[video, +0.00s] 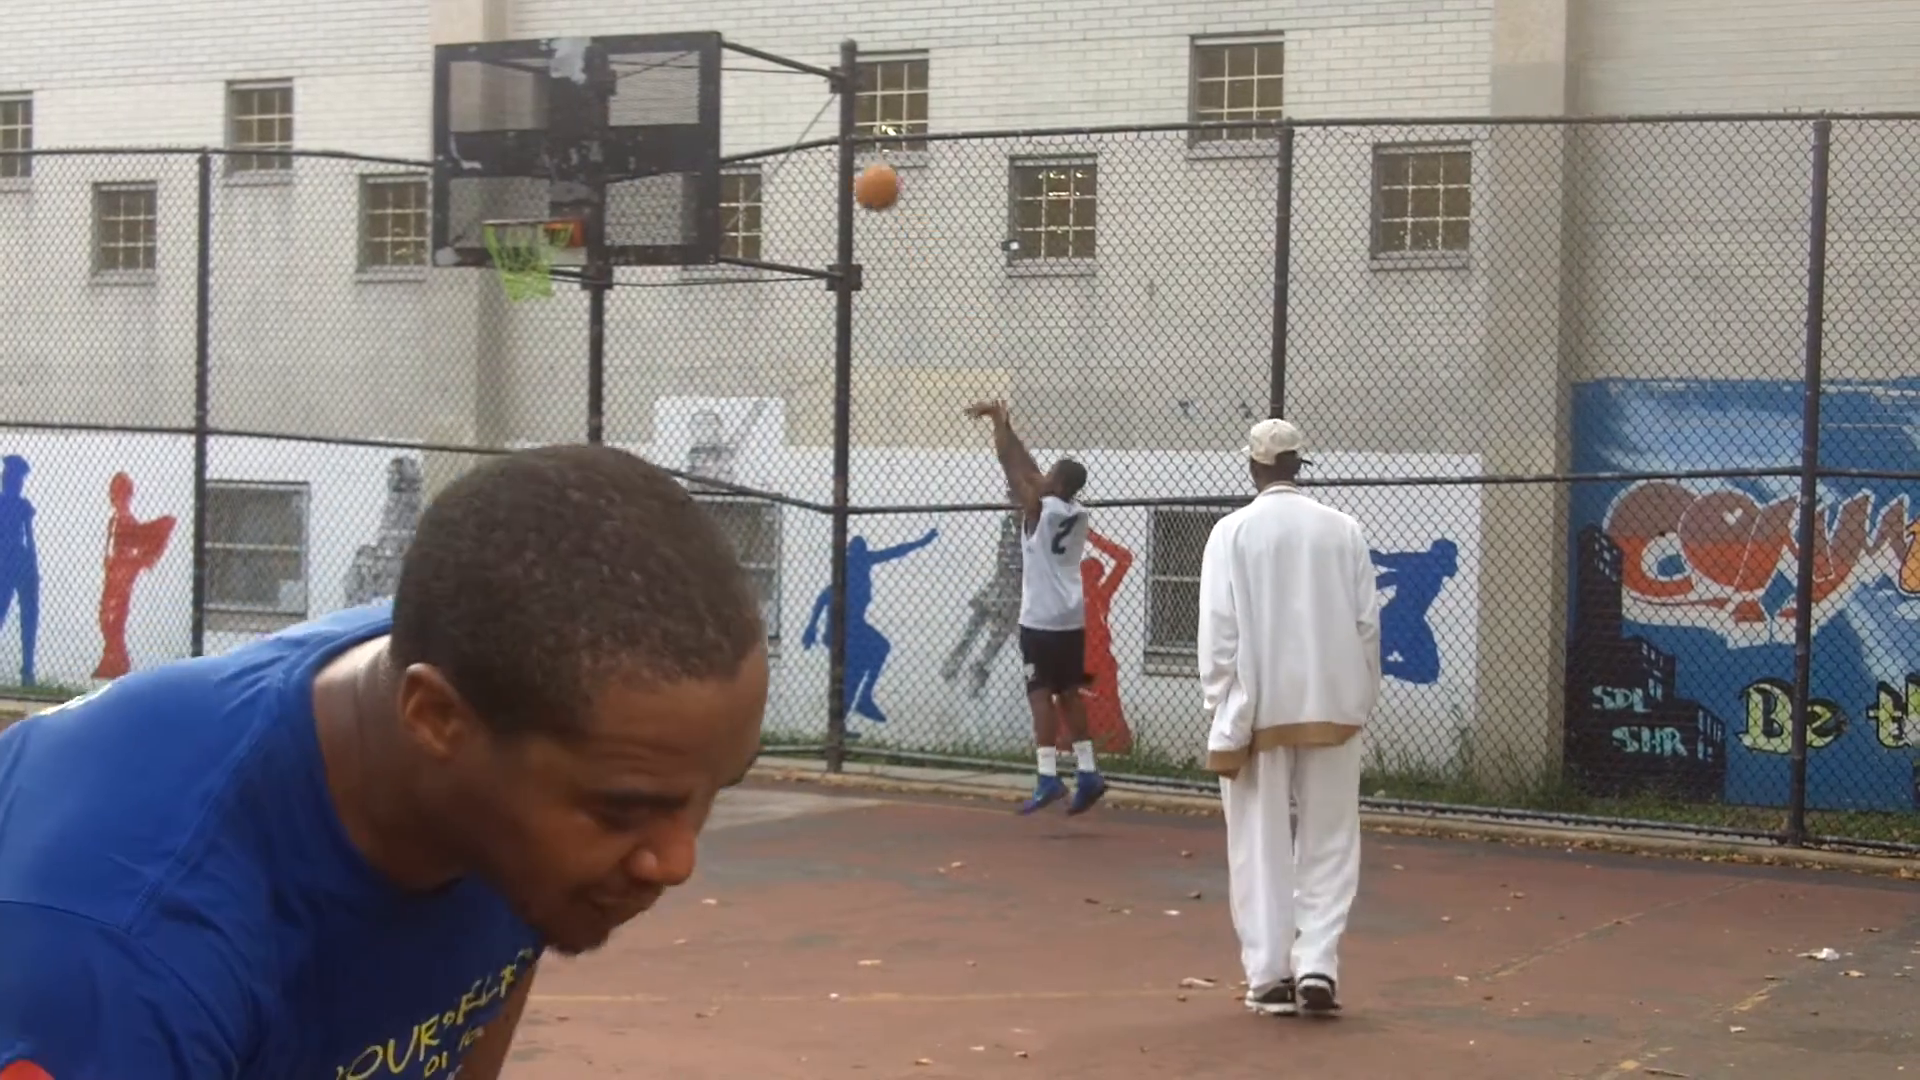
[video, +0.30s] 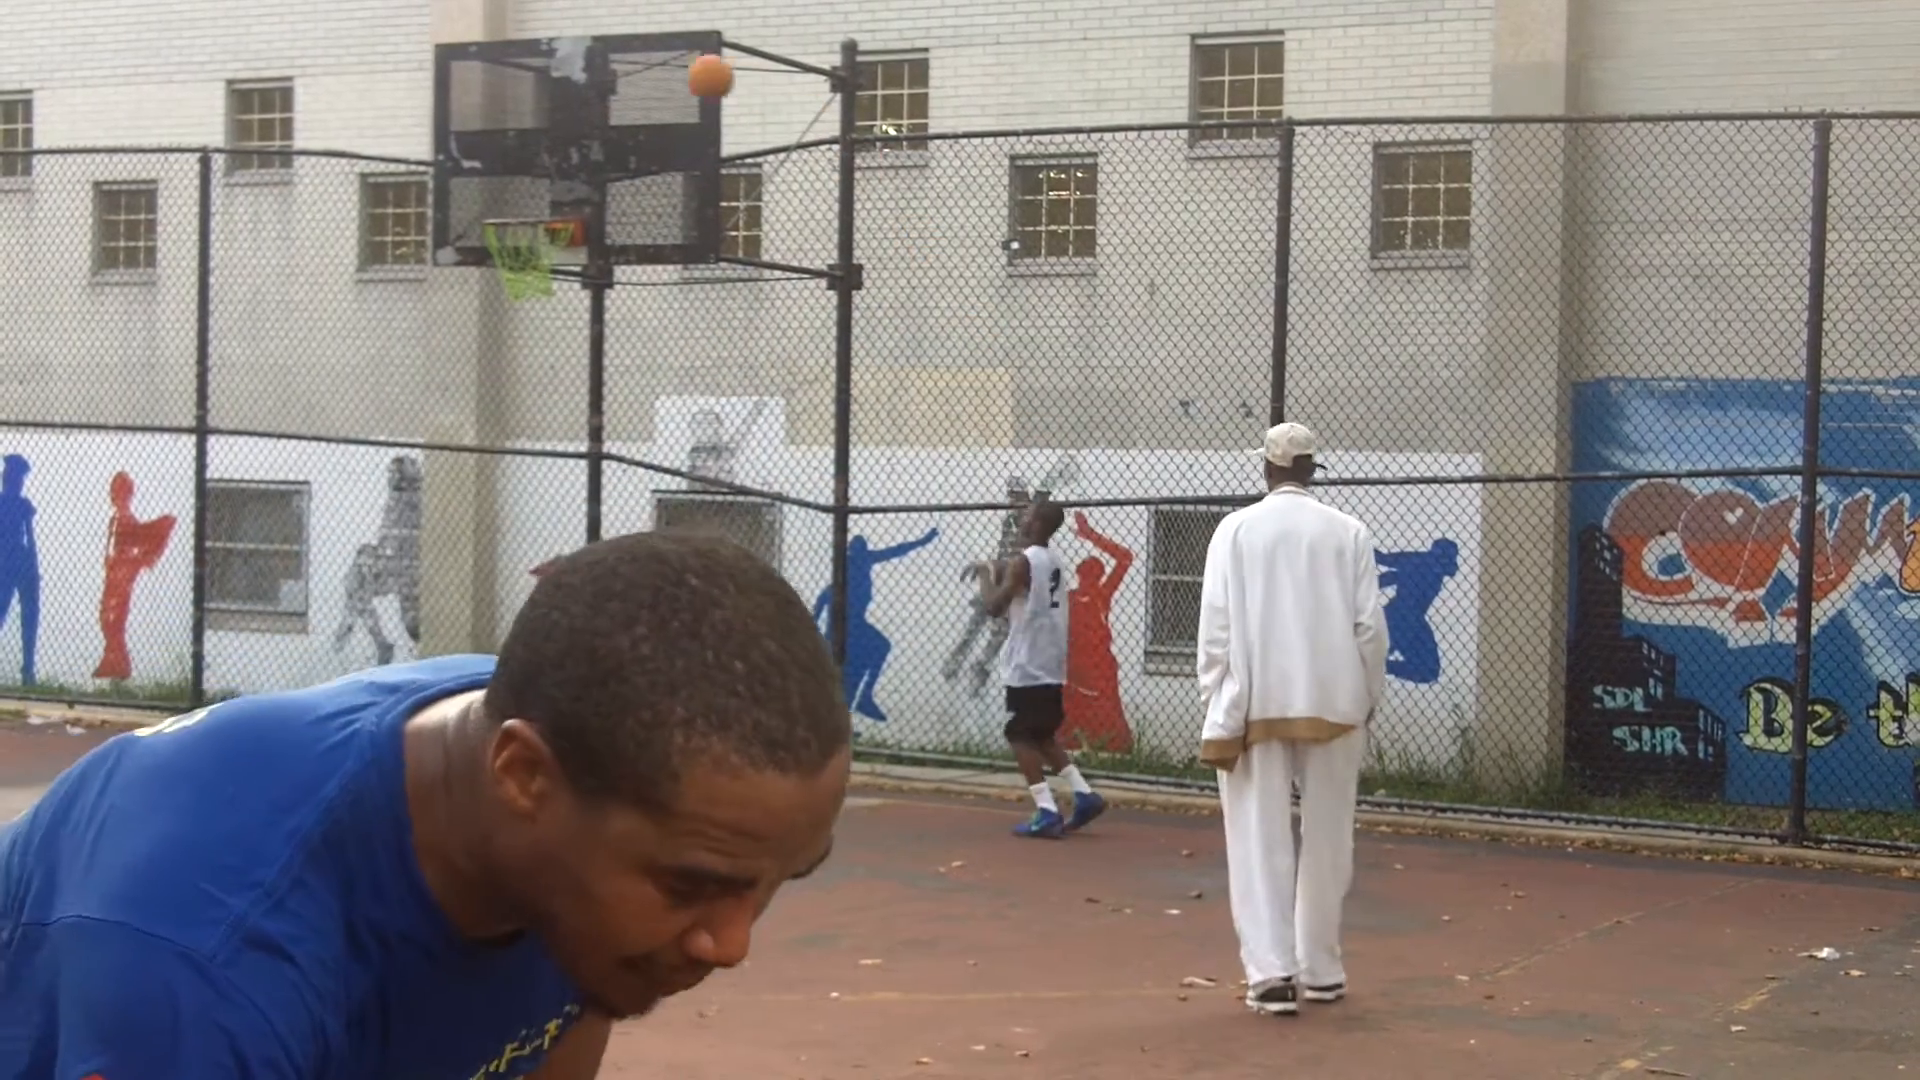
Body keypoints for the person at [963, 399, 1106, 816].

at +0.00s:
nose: (1044, 474)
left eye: (1050, 472)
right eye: (1050, 470)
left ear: (1057, 483)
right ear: (1073, 491)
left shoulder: (1036, 507)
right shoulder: (1078, 516)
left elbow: (1011, 464)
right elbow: (1030, 471)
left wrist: (998, 418)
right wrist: (1005, 424)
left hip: (1038, 617)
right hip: (1073, 617)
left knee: (1040, 695)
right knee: (1070, 693)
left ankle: (1047, 777)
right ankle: (1089, 772)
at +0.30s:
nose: (1023, 520)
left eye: (1030, 516)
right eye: (1026, 515)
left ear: (1040, 526)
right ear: (1049, 528)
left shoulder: (1023, 561)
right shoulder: (1054, 561)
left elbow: (993, 604)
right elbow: (1028, 603)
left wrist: (984, 574)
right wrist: (1003, 575)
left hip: (1027, 667)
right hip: (1052, 666)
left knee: (1019, 736)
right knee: (1041, 736)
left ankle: (1047, 810)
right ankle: (1084, 793)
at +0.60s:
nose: (986, 516)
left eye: (992, 513)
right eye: (990, 511)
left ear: (1001, 523)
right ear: (1012, 527)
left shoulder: (990, 561)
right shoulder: (1023, 558)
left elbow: (1017, 604)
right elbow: (1054, 591)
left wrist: (1012, 652)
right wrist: (1073, 626)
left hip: (1005, 667)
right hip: (1011, 666)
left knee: (1015, 735)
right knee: (984, 723)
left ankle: (1044, 805)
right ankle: (1018, 793)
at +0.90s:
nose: (943, 527)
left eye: (949, 523)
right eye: (946, 521)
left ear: (958, 532)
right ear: (968, 535)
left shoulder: (948, 569)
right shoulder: (978, 566)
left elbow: (944, 624)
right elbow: (982, 619)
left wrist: (906, 654)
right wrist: (955, 660)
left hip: (971, 673)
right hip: (981, 670)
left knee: (985, 738)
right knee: (949, 727)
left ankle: (1032, 797)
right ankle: (985, 797)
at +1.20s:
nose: (876, 515)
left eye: (879, 509)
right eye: (877, 509)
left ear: (890, 512)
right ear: (904, 514)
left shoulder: (889, 546)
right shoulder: (917, 544)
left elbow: (898, 598)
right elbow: (916, 601)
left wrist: (875, 636)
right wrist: (880, 634)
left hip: (904, 650)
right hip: (931, 648)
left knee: (876, 707)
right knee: (925, 713)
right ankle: (955, 787)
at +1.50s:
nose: (790, 544)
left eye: (791, 538)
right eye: (791, 538)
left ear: (798, 539)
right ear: (818, 538)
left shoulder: (800, 570)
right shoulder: (838, 565)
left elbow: (794, 623)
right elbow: (863, 610)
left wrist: (771, 641)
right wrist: (846, 633)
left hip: (824, 653)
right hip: (856, 651)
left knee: (798, 720)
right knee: (828, 724)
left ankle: (826, 788)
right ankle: (874, 760)